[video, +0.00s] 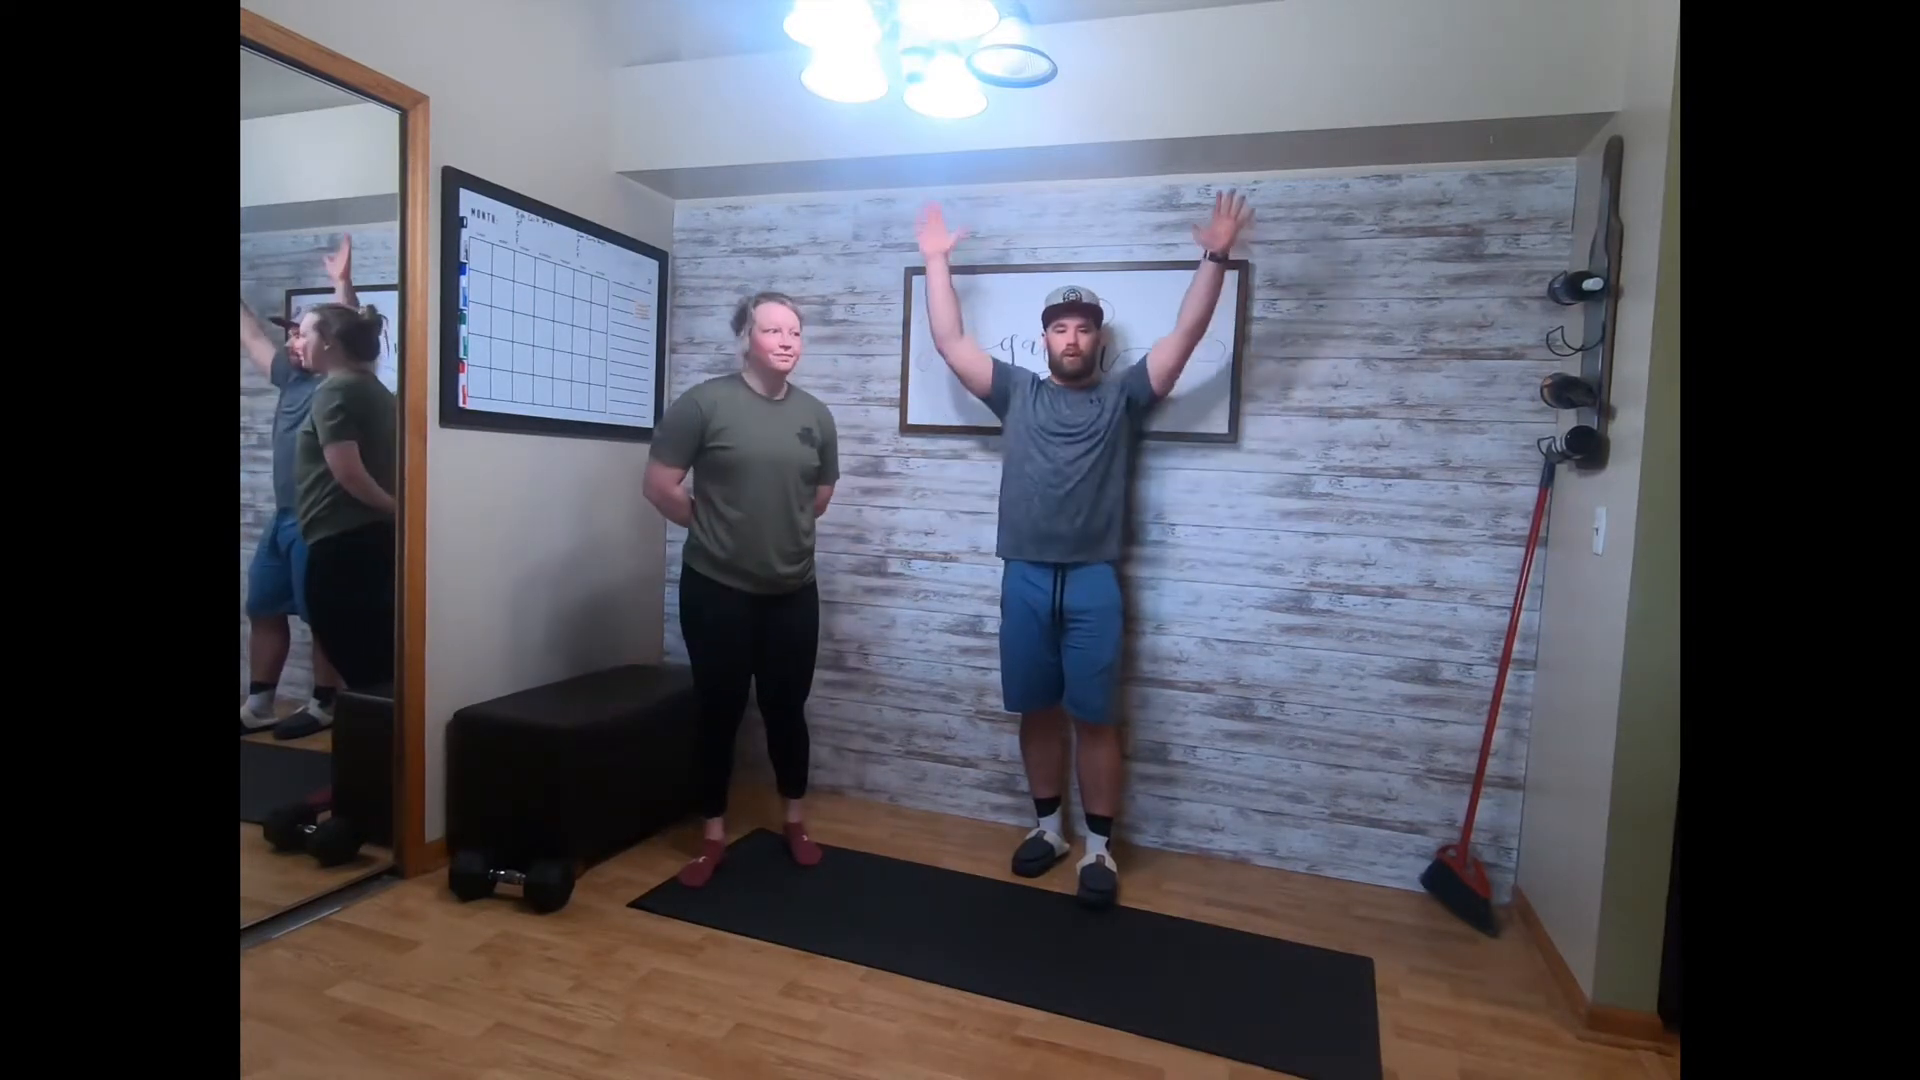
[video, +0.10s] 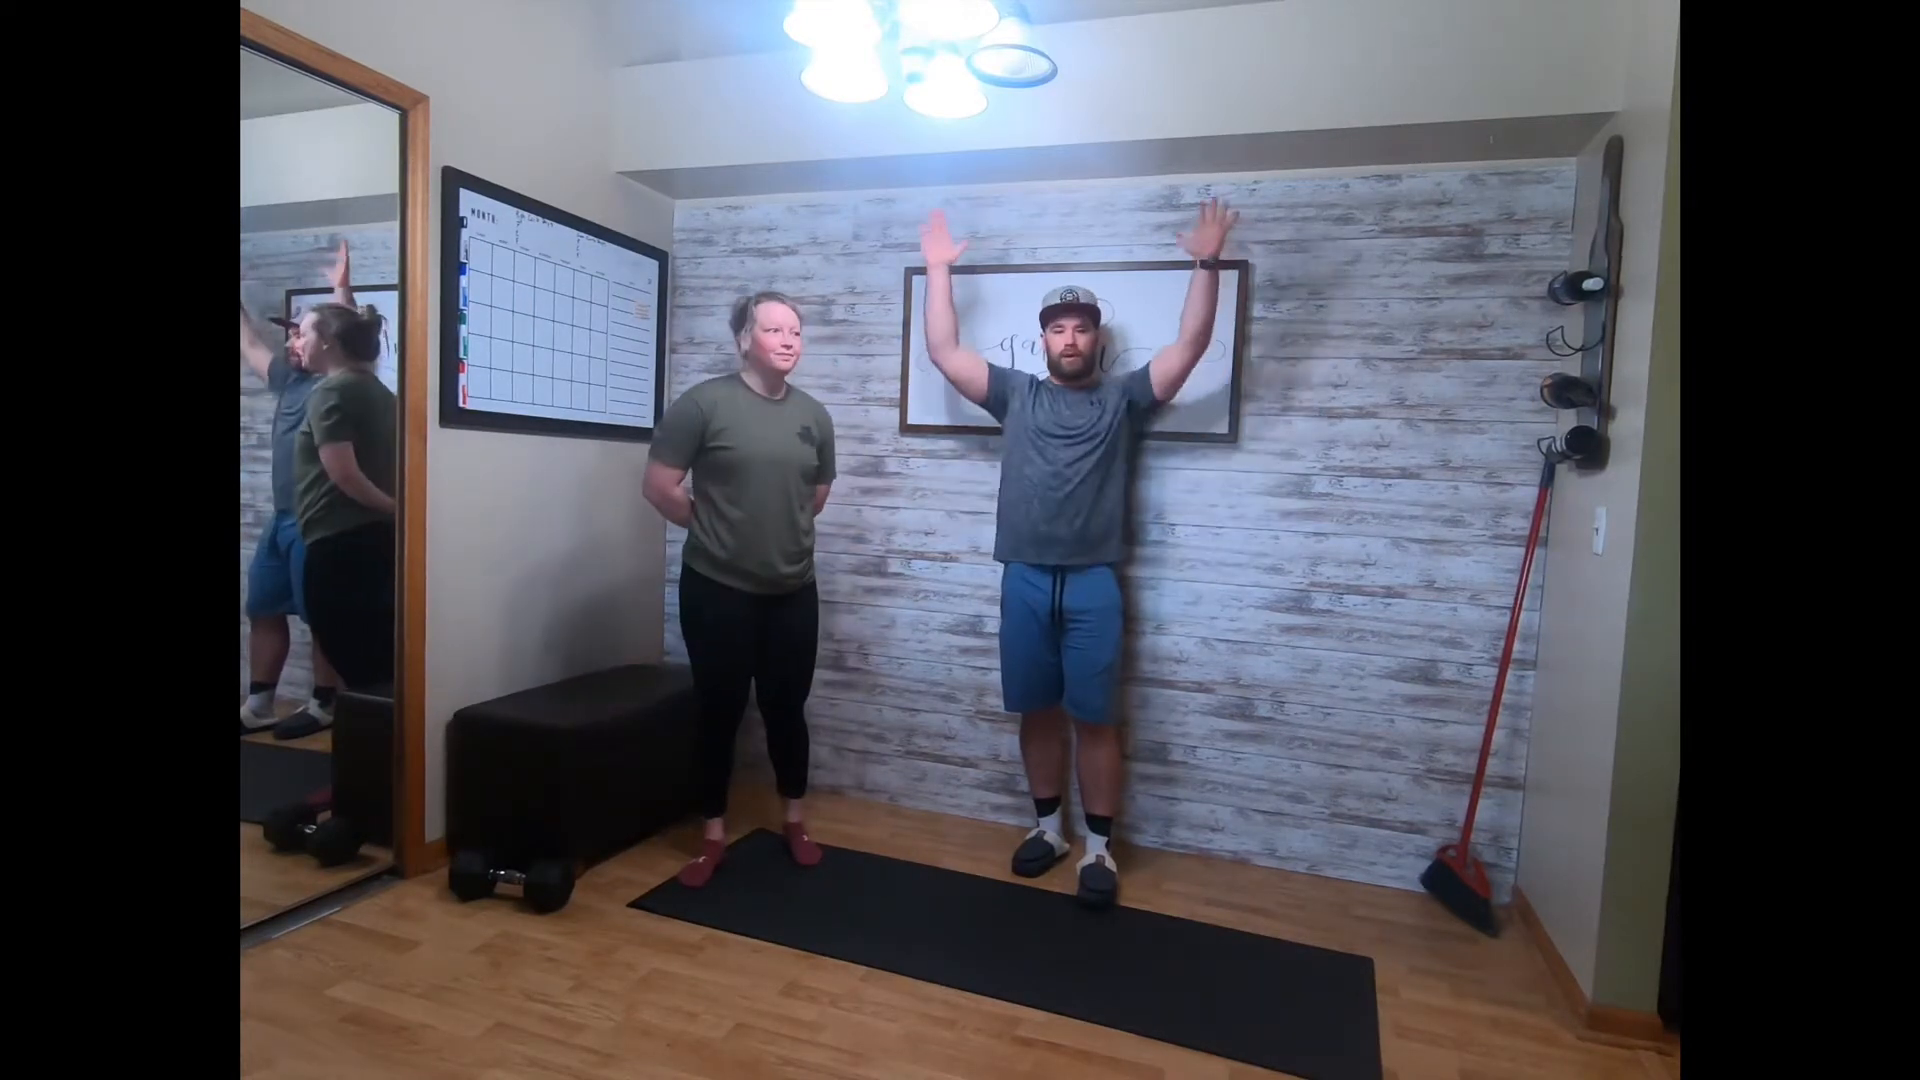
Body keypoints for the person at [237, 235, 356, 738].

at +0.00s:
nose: (292, 341)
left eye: (301, 333)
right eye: (290, 333)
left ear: (327, 339)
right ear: (290, 342)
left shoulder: (338, 382)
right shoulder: (289, 375)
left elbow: (349, 335)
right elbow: (252, 336)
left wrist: (342, 283)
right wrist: (238, 301)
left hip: (323, 522)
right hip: (283, 519)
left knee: (322, 617)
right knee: (264, 609)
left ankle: (324, 706)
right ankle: (260, 702)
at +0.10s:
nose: (292, 341)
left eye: (301, 334)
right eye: (290, 333)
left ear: (325, 341)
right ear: (288, 341)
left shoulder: (336, 383)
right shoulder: (287, 376)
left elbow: (346, 338)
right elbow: (251, 341)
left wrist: (341, 291)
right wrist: (240, 306)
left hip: (321, 522)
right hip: (282, 519)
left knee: (321, 617)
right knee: (264, 609)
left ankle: (324, 705)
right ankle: (260, 702)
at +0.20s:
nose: (291, 340)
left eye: (301, 332)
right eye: (292, 333)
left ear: (327, 340)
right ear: (294, 342)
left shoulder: (338, 386)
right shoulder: (287, 381)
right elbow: (246, 375)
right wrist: (240, 328)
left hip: (318, 524)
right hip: (280, 521)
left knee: (321, 620)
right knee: (262, 609)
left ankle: (324, 705)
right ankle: (259, 703)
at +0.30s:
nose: (292, 341)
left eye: (301, 333)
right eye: (293, 333)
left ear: (325, 342)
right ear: (298, 343)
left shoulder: (338, 392)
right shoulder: (287, 391)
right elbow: (249, 408)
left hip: (317, 525)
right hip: (278, 522)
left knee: (320, 621)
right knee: (262, 610)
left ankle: (324, 705)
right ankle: (259, 704)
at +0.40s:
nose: (292, 340)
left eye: (303, 333)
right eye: (293, 332)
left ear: (326, 342)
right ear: (296, 342)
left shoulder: (337, 392)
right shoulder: (286, 393)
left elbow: (348, 444)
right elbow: (266, 437)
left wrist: (309, 425)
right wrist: (240, 439)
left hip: (314, 525)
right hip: (276, 522)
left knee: (319, 619)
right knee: (259, 609)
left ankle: (324, 705)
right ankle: (259, 703)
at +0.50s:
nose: (293, 342)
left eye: (304, 334)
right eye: (293, 335)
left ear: (328, 344)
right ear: (293, 344)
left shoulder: (337, 392)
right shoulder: (281, 395)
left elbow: (350, 461)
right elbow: (270, 456)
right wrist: (248, 491)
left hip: (313, 526)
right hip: (272, 524)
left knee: (318, 620)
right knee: (256, 611)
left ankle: (324, 705)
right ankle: (259, 704)